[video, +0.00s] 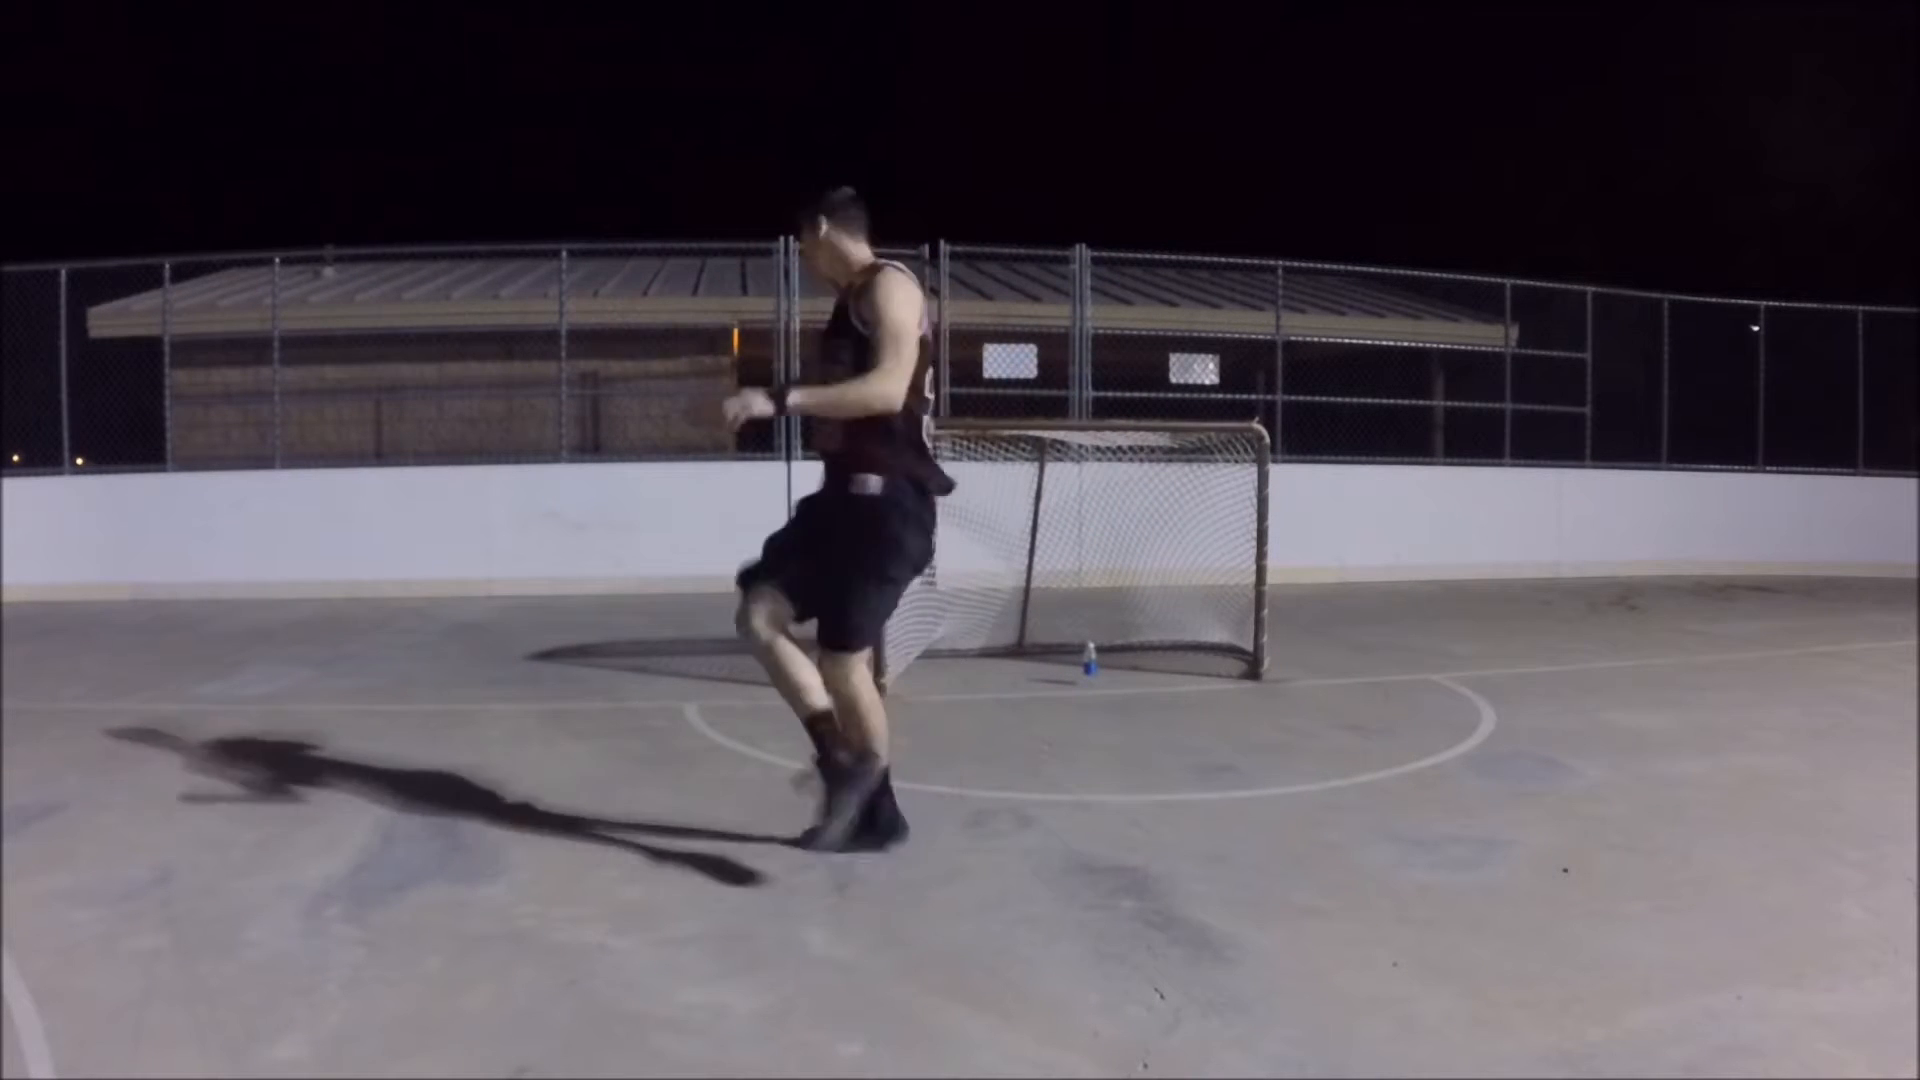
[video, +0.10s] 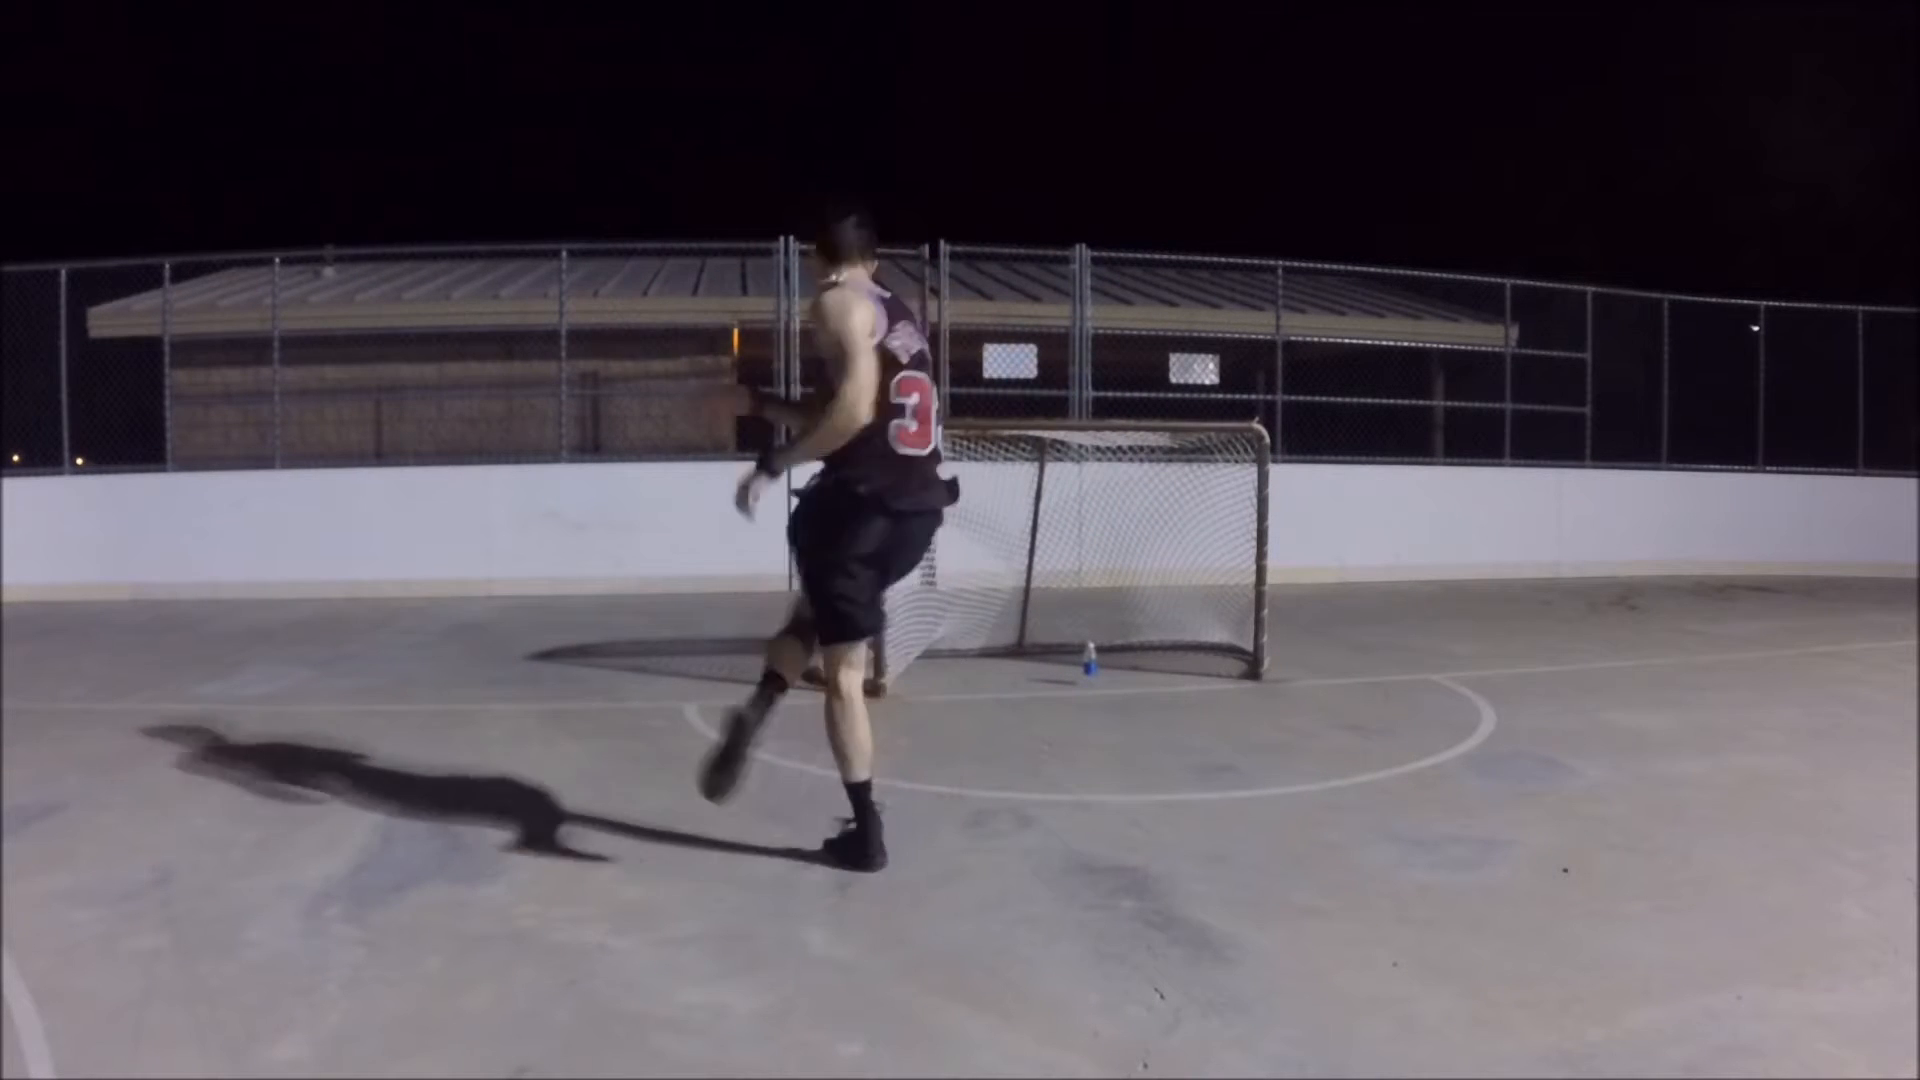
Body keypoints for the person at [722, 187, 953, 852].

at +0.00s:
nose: (806, 258)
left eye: (806, 243)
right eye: (804, 245)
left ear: (827, 233)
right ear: (845, 231)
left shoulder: (892, 287)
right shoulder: (853, 299)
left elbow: (887, 389)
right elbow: (867, 398)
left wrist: (782, 400)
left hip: (884, 506)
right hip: (843, 500)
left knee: (845, 663)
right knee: (761, 614)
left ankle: (878, 808)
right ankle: (840, 758)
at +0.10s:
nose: (808, 255)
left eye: (809, 244)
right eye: (816, 242)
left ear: (816, 247)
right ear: (872, 246)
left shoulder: (839, 302)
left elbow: (855, 409)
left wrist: (777, 465)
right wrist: (769, 410)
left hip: (857, 505)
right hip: (916, 511)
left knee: (843, 674)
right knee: (808, 620)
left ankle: (866, 834)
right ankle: (746, 725)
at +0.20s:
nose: (892, 310)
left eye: (888, 305)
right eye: (891, 303)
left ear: (827, 300)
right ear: (878, 299)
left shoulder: (790, 353)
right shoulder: (920, 344)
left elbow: (777, 459)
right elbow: (944, 448)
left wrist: (777, 525)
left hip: (843, 544)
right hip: (922, 544)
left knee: (839, 684)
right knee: (839, 648)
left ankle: (870, 835)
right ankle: (736, 717)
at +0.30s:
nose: (925, 299)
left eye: (926, 289)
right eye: (920, 288)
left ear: (871, 287)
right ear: (887, 286)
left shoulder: (813, 340)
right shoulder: (908, 341)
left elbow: (781, 443)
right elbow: (943, 415)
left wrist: (818, 482)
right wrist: (917, 336)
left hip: (817, 518)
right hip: (888, 513)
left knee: (833, 681)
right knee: (897, 621)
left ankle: (868, 834)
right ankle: (814, 735)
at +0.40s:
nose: (935, 245)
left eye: (938, 233)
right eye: (924, 232)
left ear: (900, 239)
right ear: (890, 231)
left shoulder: (857, 282)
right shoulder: (883, 269)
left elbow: (834, 395)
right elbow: (874, 361)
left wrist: (905, 421)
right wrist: (921, 366)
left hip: (806, 476)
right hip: (844, 473)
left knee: (848, 633)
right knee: (929, 605)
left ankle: (828, 794)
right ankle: (896, 734)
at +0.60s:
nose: (897, 257)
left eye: (906, 244)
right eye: (885, 246)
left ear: (921, 245)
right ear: (863, 247)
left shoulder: (920, 313)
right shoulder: (823, 302)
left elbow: (932, 362)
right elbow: (770, 393)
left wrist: (997, 395)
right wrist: (840, 418)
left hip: (884, 492)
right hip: (816, 493)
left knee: (857, 636)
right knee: (874, 626)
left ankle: (842, 775)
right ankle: (956, 781)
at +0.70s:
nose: (879, 293)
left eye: (887, 279)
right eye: (866, 283)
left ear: (902, 276)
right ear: (842, 282)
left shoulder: (924, 343)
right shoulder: (810, 347)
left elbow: (994, 380)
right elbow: (752, 412)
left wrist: (1072, 393)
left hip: (890, 547)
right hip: (820, 546)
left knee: (869, 693)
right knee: (831, 690)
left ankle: (843, 782)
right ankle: (878, 843)